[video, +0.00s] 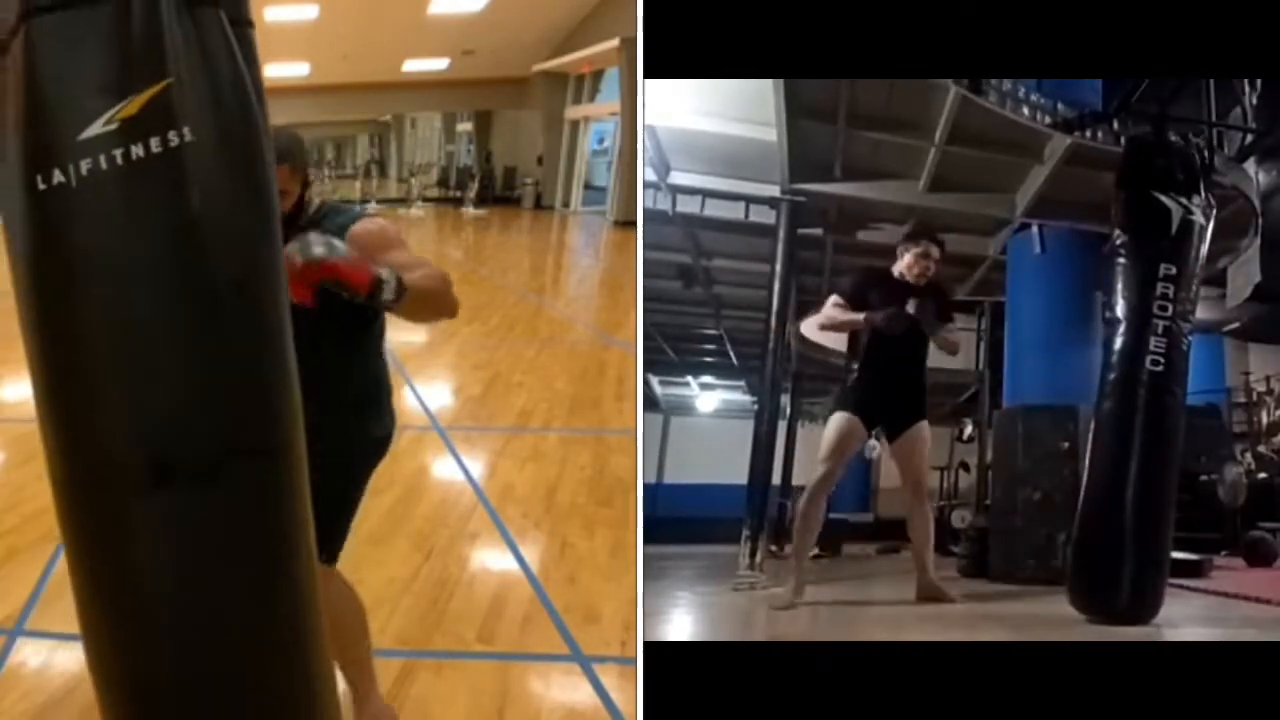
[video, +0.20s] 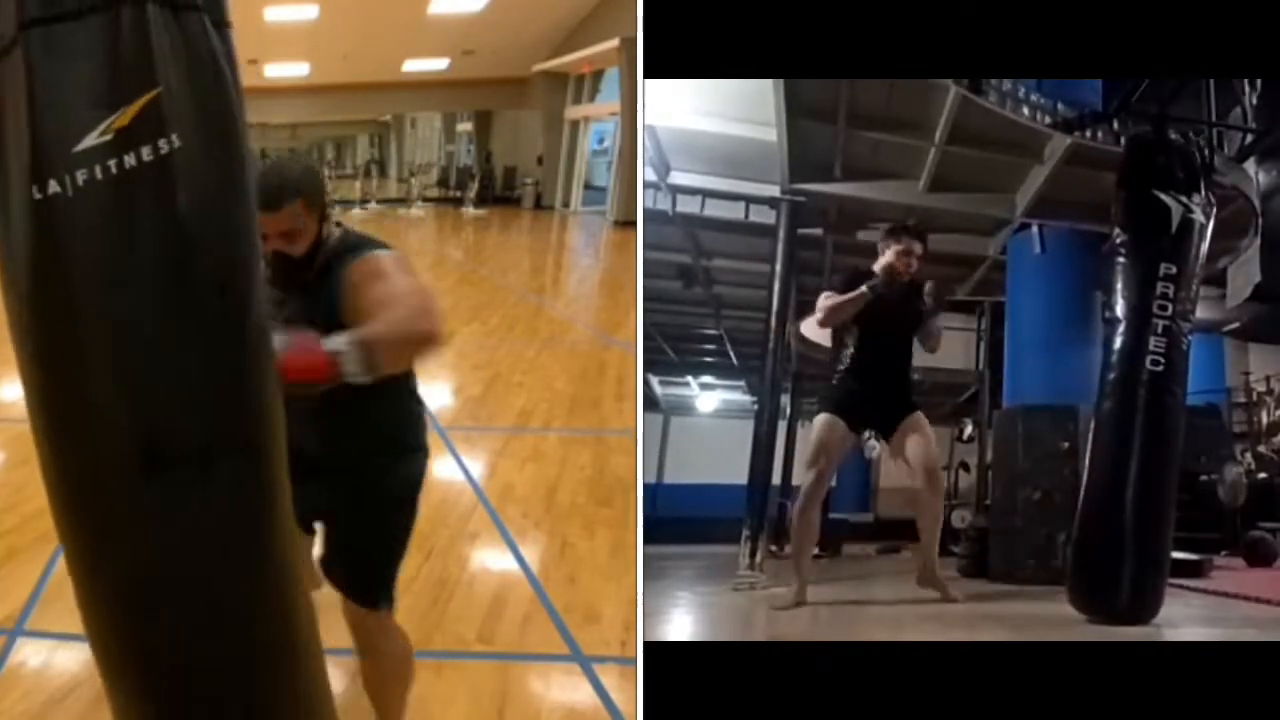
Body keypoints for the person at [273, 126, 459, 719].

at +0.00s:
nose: (269, 202)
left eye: (280, 190)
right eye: (261, 189)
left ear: (302, 185)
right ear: (249, 185)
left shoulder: (351, 231)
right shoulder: (240, 231)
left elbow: (442, 300)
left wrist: (372, 282)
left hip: (345, 419)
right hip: (278, 415)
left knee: (313, 562)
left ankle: (368, 703)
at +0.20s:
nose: (277, 249)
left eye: (290, 235)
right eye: (266, 236)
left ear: (322, 220)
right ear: (252, 226)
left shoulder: (362, 262)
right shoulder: (257, 267)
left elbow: (419, 323)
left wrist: (333, 353)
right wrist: (257, 352)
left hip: (376, 453)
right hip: (294, 446)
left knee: (361, 596)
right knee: (278, 557)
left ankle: (391, 710)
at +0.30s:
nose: (320, 248)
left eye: (333, 233)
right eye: (305, 235)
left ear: (365, 213)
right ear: (289, 222)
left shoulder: (413, 257)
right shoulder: (277, 269)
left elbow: (524, 327)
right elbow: (222, 327)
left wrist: (450, 289)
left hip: (399, 463)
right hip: (311, 459)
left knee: (400, 616)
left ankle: (397, 714)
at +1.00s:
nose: (399, 244)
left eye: (423, 229)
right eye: (383, 225)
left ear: (461, 215)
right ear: (366, 204)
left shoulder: (482, 270)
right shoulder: (311, 247)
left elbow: (545, 364)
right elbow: (198, 275)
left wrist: (560, 316)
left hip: (416, 475)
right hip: (320, 462)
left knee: (415, 627)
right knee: (313, 547)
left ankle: (414, 715)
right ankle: (319, 586)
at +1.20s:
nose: (393, 241)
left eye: (418, 228)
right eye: (379, 221)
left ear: (455, 215)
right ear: (363, 197)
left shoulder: (474, 272)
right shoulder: (313, 243)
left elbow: (528, 383)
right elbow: (216, 268)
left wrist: (527, 343)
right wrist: (200, 305)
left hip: (404, 476)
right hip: (309, 458)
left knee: (402, 619)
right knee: (294, 543)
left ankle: (403, 715)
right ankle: (302, 574)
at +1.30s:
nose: (368, 220)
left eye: (387, 205)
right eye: (353, 203)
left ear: (421, 196)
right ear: (338, 188)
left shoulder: (459, 263)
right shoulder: (295, 243)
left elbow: (499, 380)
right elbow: (217, 304)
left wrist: (454, 322)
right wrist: (241, 309)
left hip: (391, 474)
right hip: (299, 457)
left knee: (396, 627)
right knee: (282, 533)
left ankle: (400, 716)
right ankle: (296, 579)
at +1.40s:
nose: (336, 208)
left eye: (354, 195)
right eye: (324, 192)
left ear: (386, 187)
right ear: (312, 182)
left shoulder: (428, 257)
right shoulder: (287, 244)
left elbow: (467, 367)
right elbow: (224, 336)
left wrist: (408, 320)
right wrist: (245, 295)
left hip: (374, 459)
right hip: (293, 446)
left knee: (383, 616)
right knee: (298, 528)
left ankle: (395, 716)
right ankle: (307, 593)